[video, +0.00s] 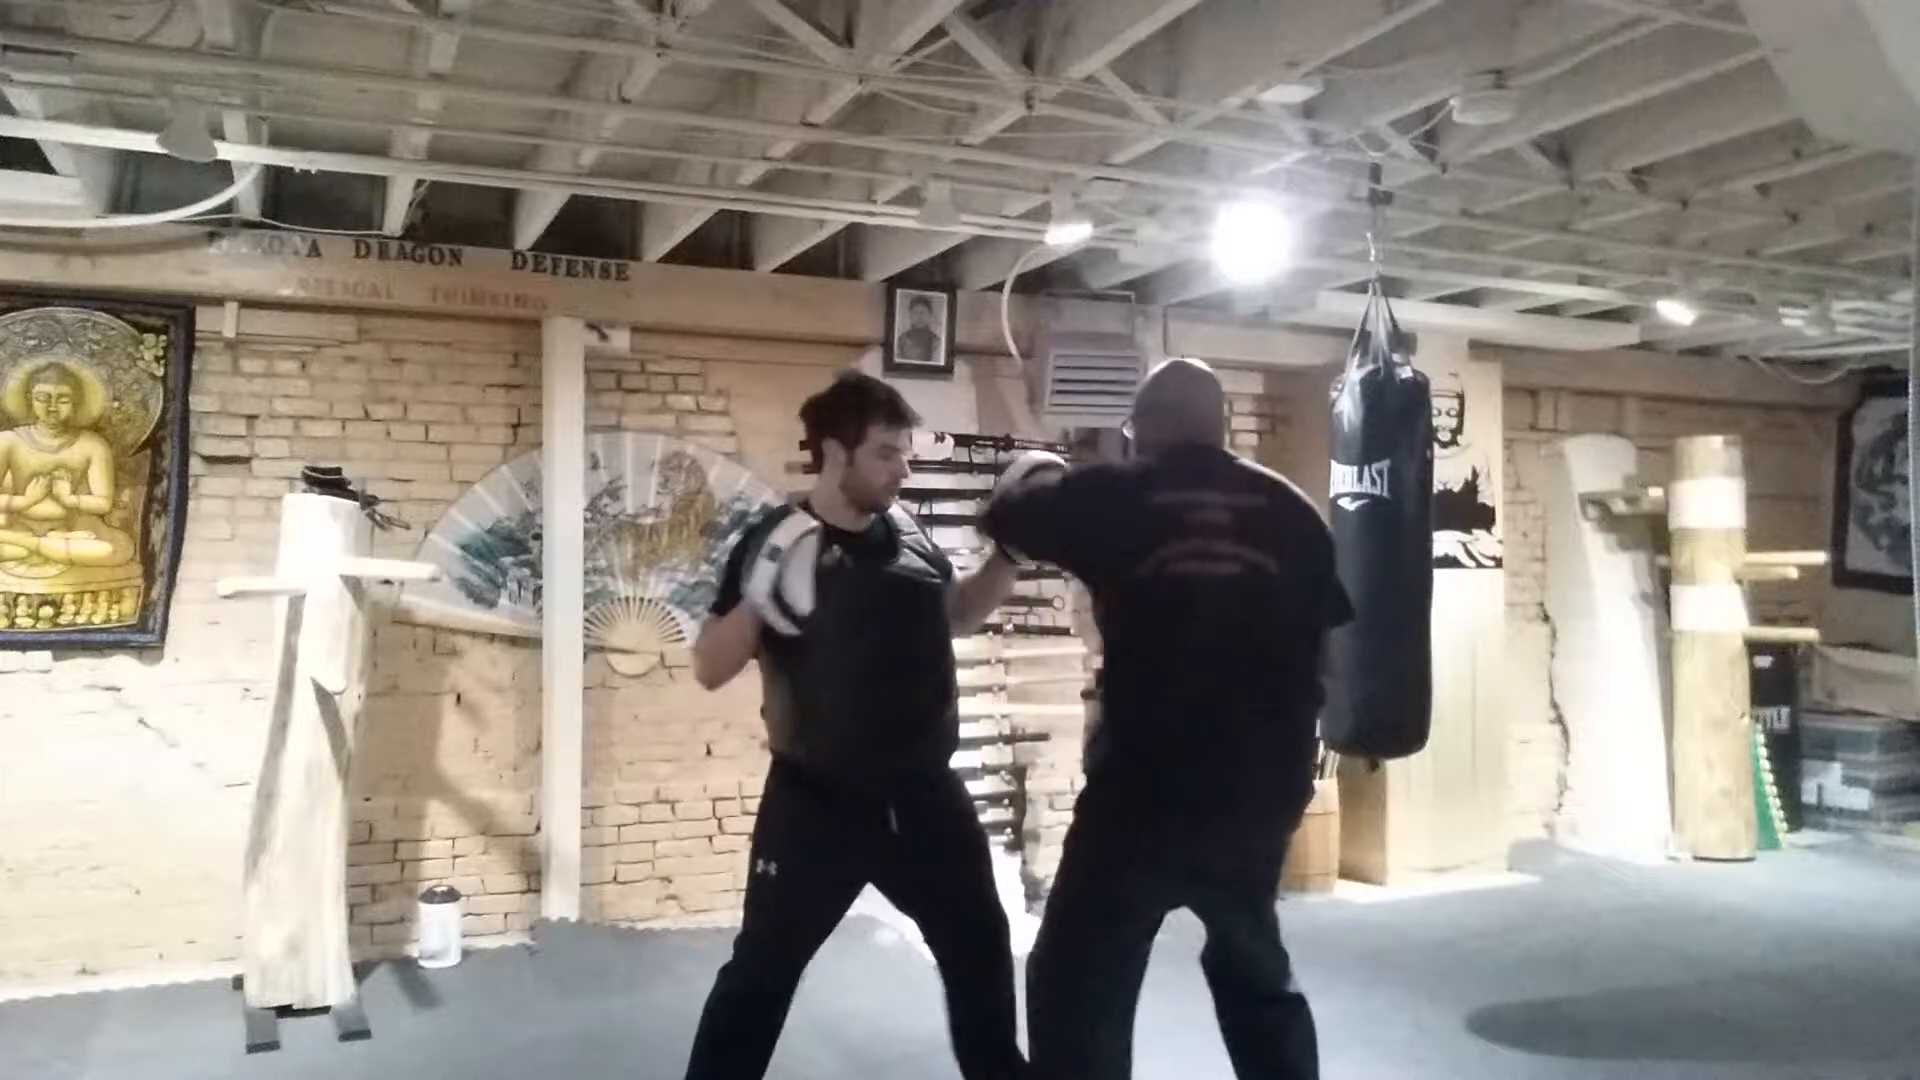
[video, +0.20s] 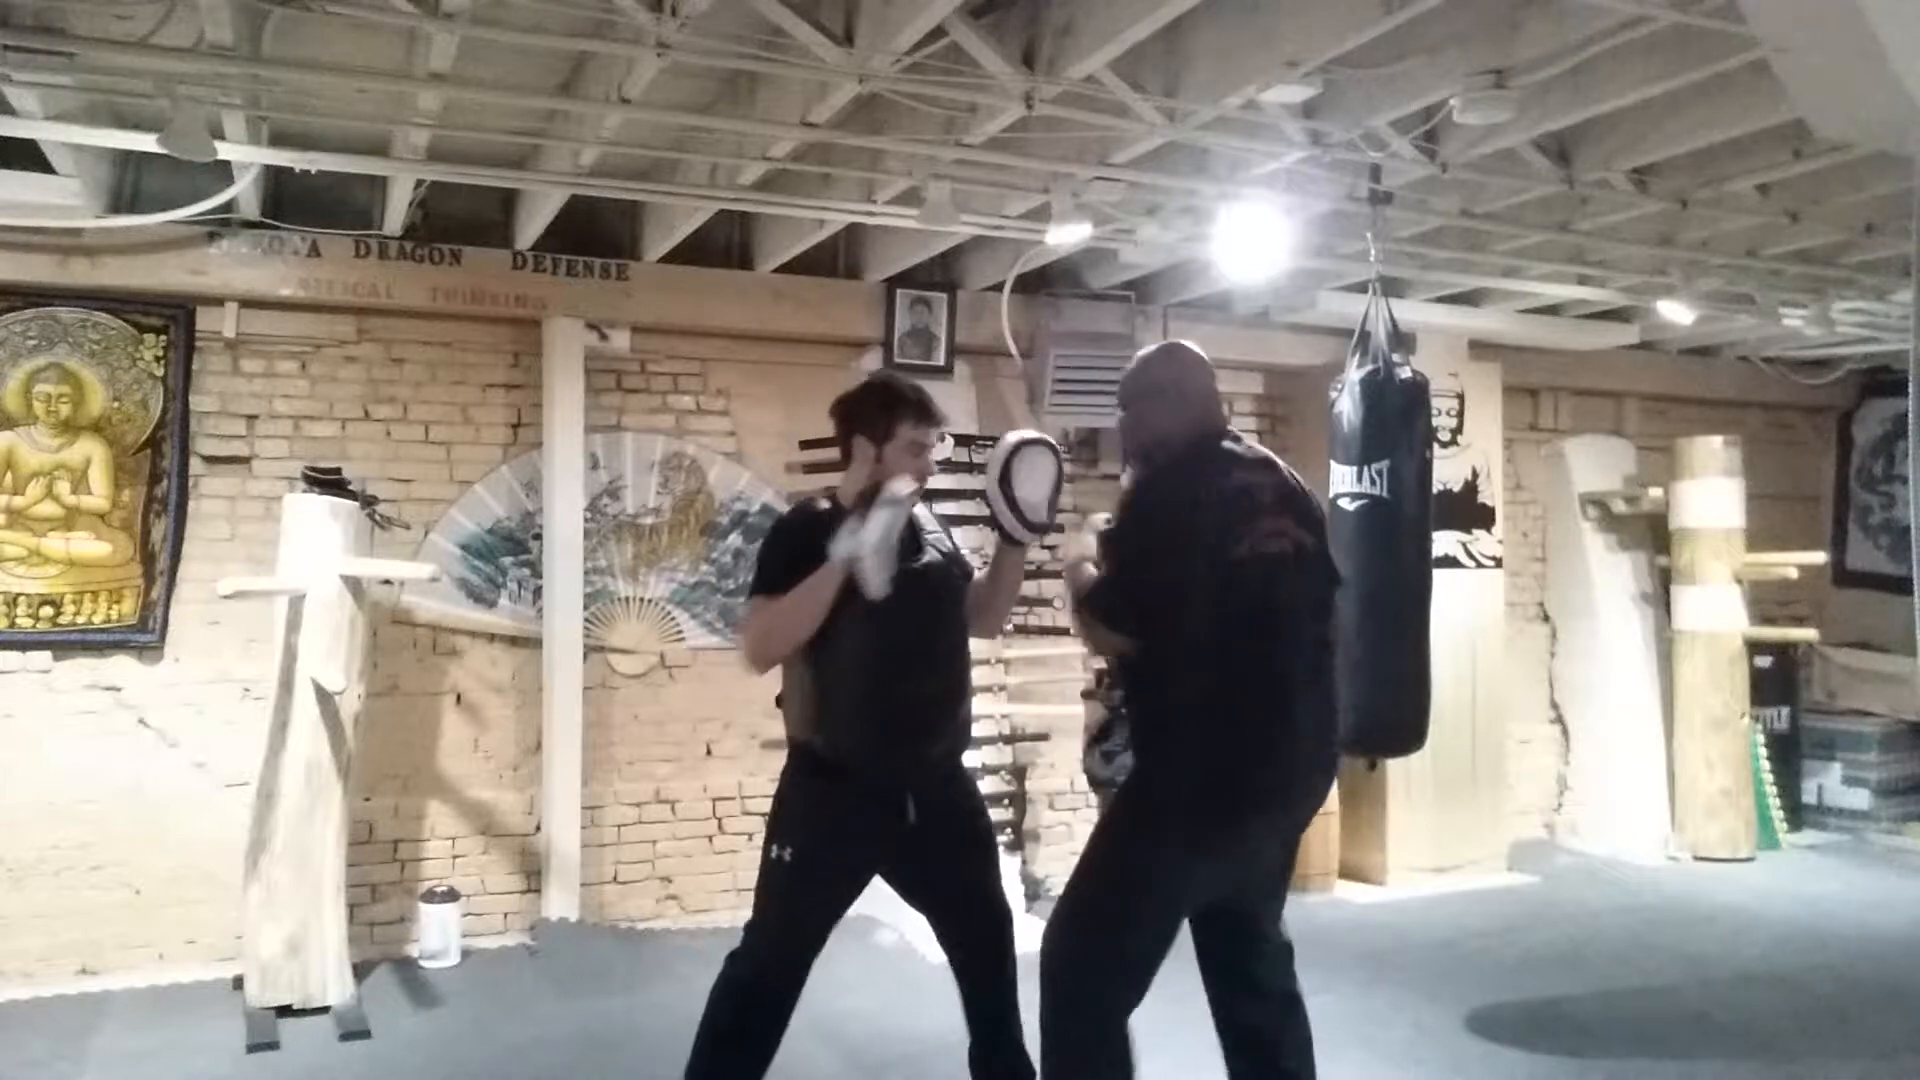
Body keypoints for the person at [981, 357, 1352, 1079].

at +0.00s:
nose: (1136, 435)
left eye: (1136, 425)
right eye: (1143, 427)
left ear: (1139, 430)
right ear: (1222, 425)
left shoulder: (1117, 495)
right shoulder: (1292, 509)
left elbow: (1010, 515)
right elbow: (1321, 635)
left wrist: (1039, 461)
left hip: (1143, 785)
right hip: (1262, 784)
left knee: (1075, 982)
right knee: (1252, 964)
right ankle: (1289, 1079)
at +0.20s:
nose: (1121, 428)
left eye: (1129, 408)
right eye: (1122, 408)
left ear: (1166, 409)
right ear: (1212, 407)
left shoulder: (1167, 493)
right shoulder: (1285, 486)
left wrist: (1084, 589)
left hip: (1194, 773)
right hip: (1290, 763)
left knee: (1081, 966)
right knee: (1246, 948)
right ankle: (1283, 1074)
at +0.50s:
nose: (1097, 447)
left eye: (1102, 423)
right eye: (1094, 426)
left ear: (1154, 407)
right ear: (1167, 407)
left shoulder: (1197, 496)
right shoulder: (1240, 475)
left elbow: (1154, 670)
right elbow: (1201, 634)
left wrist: (1078, 590)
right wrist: (1118, 575)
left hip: (1264, 782)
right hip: (1314, 767)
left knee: (1164, 995)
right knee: (1278, 980)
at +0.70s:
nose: (1131, 437)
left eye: (1135, 411)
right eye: (1127, 414)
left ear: (1183, 396)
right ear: (1191, 395)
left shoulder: (1249, 481)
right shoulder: (1253, 469)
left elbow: (1236, 665)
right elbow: (1228, 647)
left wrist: (1122, 589)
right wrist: (1128, 594)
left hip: (1313, 794)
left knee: (1214, 1012)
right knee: (1336, 984)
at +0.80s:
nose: (1165, 439)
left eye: (1174, 416)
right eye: (1164, 419)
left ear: (1226, 406)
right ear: (1237, 408)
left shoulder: (1290, 494)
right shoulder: (1286, 488)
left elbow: (1299, 670)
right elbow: (1267, 650)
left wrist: (1169, 609)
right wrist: (1159, 595)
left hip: (1319, 817)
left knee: (1197, 1028)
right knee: (1382, 1005)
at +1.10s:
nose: (1261, 407)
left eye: (1273, 387)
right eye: (1262, 389)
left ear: (1329, 386)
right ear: (1341, 387)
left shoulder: (1355, 476)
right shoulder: (1405, 467)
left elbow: (1388, 633)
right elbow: (1381, 605)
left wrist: (1260, 615)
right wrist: (1277, 573)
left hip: (1357, 789)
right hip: (1426, 781)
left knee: (1230, 993)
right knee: (1442, 999)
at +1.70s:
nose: (1268, 436)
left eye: (1275, 416)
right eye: (1268, 417)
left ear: (1323, 409)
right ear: (1360, 408)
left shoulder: (1340, 495)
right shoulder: (1440, 488)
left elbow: (1307, 649)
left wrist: (1227, 590)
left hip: (1360, 799)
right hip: (1461, 793)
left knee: (1209, 997)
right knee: (1423, 1007)